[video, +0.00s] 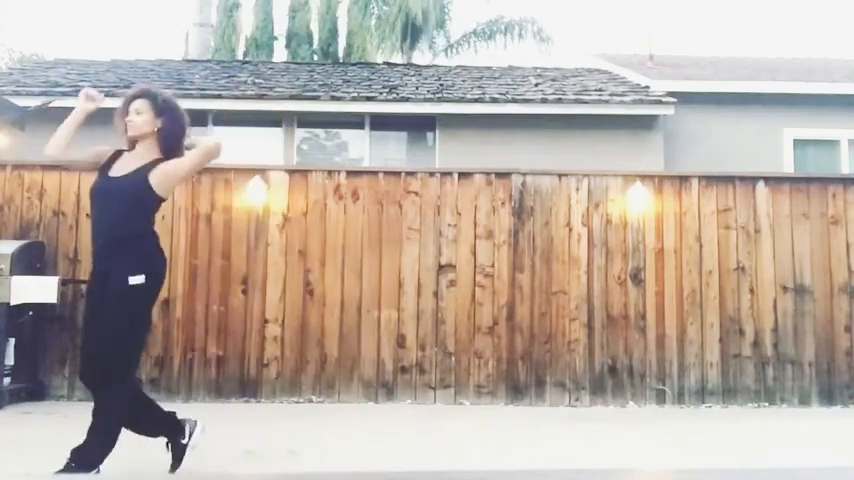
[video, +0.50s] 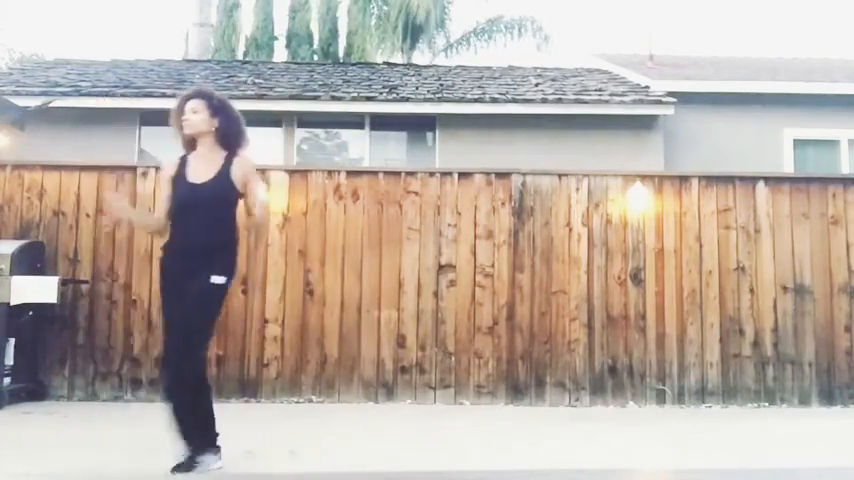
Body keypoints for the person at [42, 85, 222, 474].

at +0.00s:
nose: (129, 119)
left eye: (138, 113)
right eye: (127, 113)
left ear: (161, 121)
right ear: (124, 121)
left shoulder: (165, 169)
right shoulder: (114, 157)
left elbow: (215, 145)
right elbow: (54, 152)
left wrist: (187, 147)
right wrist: (81, 110)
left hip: (136, 270)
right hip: (104, 268)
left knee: (116, 368)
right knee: (92, 370)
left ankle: (88, 460)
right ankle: (173, 429)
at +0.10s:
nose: (137, 119)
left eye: (146, 113)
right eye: (135, 114)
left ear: (168, 121)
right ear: (133, 122)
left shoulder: (174, 168)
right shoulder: (123, 158)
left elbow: (219, 163)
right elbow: (68, 170)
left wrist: (203, 150)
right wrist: (83, 123)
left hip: (146, 274)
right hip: (115, 271)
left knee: (121, 366)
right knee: (105, 363)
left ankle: (89, 459)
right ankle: (180, 428)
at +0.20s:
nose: (148, 118)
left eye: (157, 112)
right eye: (146, 113)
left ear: (178, 118)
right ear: (143, 120)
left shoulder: (192, 164)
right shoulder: (134, 160)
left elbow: (231, 182)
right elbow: (90, 188)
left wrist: (219, 160)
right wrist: (90, 139)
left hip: (167, 266)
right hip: (133, 264)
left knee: (135, 359)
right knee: (133, 360)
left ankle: (90, 456)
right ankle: (187, 434)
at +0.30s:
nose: (160, 116)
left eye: (168, 111)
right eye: (158, 112)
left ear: (190, 117)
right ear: (155, 120)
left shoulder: (209, 159)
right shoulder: (147, 160)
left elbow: (238, 197)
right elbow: (114, 210)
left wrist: (229, 159)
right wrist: (102, 158)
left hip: (186, 267)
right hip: (150, 265)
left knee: (142, 354)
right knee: (161, 356)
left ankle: (96, 454)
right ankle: (199, 440)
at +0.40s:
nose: (175, 117)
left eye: (183, 111)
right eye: (172, 112)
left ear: (204, 116)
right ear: (169, 121)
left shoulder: (226, 159)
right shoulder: (162, 163)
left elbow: (253, 208)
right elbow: (140, 216)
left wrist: (247, 176)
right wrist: (112, 184)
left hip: (202, 263)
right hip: (164, 262)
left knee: (156, 347)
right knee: (178, 353)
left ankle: (139, 452)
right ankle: (204, 444)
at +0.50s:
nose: (188, 118)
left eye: (196, 112)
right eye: (185, 114)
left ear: (217, 118)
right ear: (182, 122)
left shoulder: (238, 163)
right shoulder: (175, 165)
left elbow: (259, 222)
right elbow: (158, 223)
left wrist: (260, 203)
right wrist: (126, 212)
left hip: (215, 264)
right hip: (175, 262)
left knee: (186, 353)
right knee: (177, 355)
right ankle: (198, 447)